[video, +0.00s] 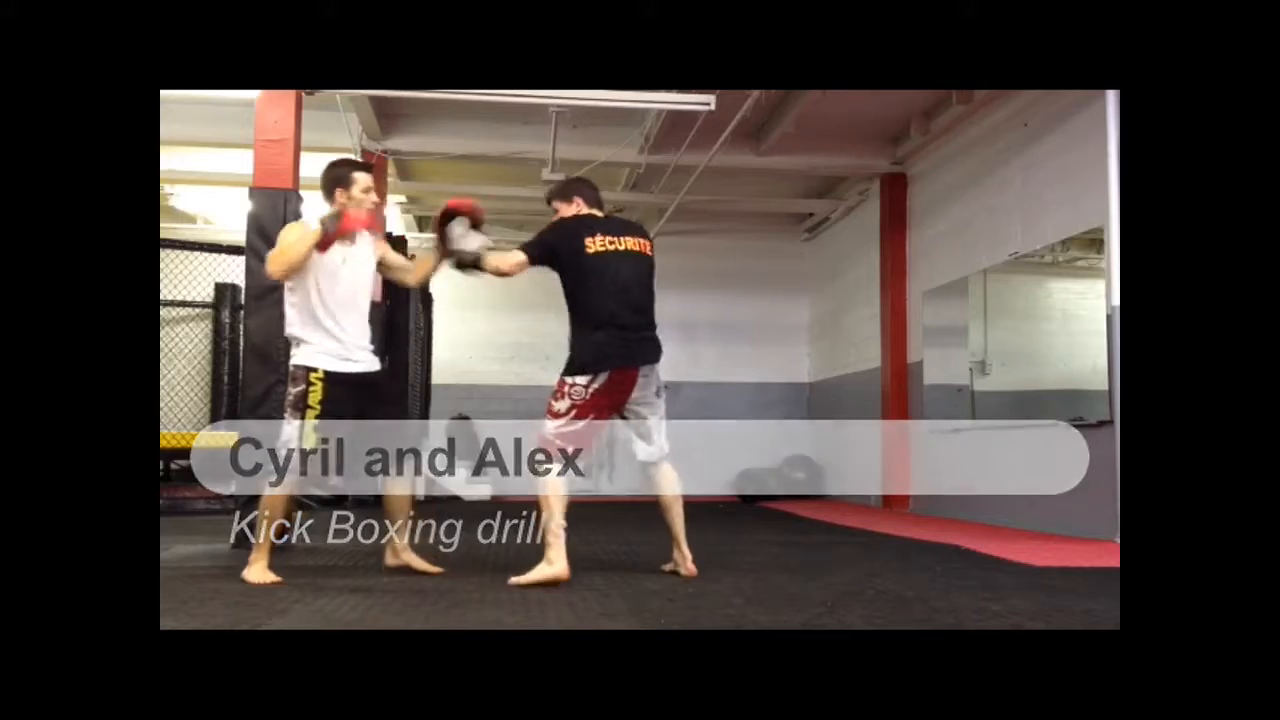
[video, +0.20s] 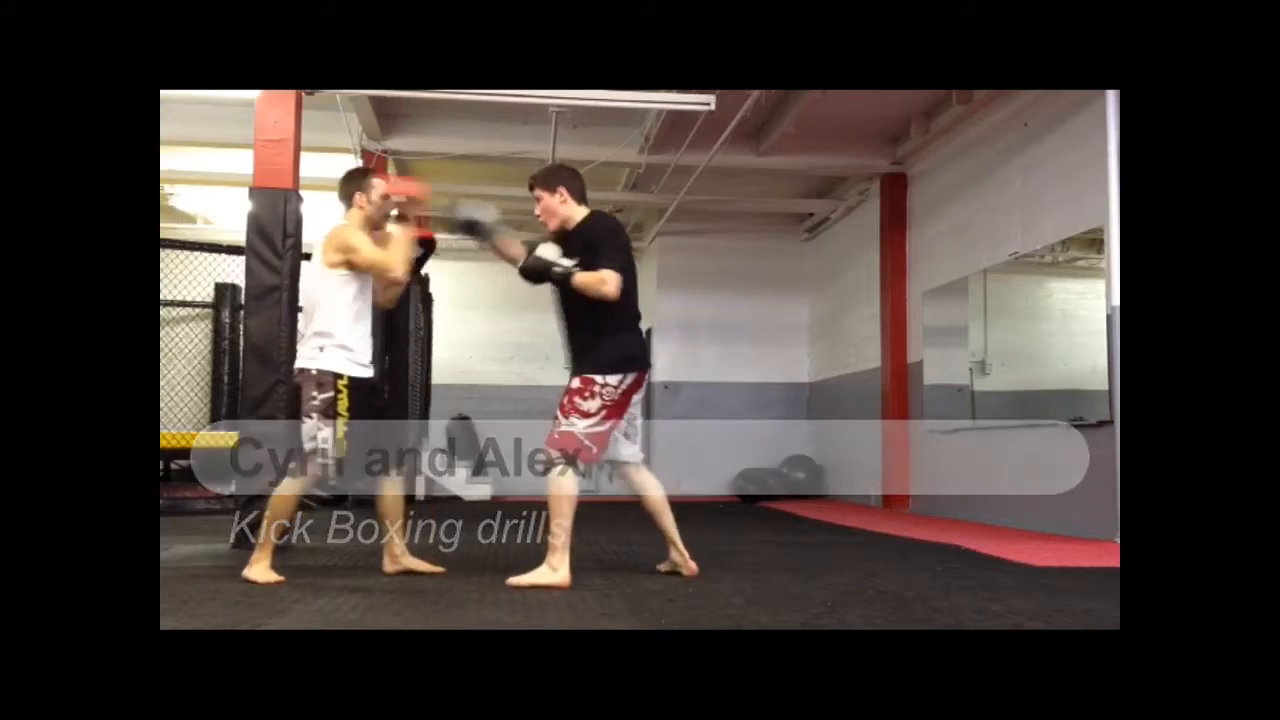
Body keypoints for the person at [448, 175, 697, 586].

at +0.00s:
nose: (555, 216)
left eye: (556, 209)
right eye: (554, 210)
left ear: (577, 203)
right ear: (593, 203)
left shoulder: (565, 230)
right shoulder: (637, 232)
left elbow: (507, 265)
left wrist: (472, 253)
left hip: (595, 358)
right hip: (645, 356)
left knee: (549, 452)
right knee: (657, 456)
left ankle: (555, 558)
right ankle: (683, 555)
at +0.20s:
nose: (536, 212)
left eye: (539, 202)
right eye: (535, 203)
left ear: (563, 195)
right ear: (559, 197)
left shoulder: (602, 228)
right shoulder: (568, 238)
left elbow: (610, 286)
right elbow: (530, 265)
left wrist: (559, 269)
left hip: (610, 364)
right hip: (613, 363)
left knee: (560, 452)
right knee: (627, 461)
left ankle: (557, 564)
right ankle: (680, 554)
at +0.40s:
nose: (550, 200)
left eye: (553, 191)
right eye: (550, 192)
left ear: (574, 189)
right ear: (582, 190)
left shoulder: (594, 230)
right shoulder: (610, 228)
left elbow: (564, 285)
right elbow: (569, 283)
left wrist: (539, 253)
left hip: (597, 360)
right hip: (623, 359)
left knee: (565, 453)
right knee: (599, 453)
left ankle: (557, 562)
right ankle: (635, 549)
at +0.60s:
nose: (603, 205)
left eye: (605, 198)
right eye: (604, 199)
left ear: (624, 194)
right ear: (643, 199)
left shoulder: (609, 220)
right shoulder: (673, 244)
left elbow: (549, 240)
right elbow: (641, 280)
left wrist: (504, 244)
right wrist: (596, 265)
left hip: (587, 339)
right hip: (635, 357)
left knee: (501, 379)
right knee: (621, 456)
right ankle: (619, 554)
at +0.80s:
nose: (625, 210)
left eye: (628, 202)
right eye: (625, 203)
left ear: (649, 200)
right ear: (664, 205)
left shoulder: (634, 225)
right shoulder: (693, 252)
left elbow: (616, 263)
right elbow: (663, 297)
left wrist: (567, 276)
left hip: (596, 345)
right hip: (644, 364)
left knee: (518, 385)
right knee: (642, 457)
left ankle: (460, 448)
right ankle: (622, 554)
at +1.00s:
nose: (607, 219)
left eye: (610, 211)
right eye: (607, 212)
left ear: (631, 211)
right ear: (647, 213)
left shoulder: (618, 241)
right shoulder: (690, 249)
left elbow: (547, 243)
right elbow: (715, 317)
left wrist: (494, 239)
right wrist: (679, 301)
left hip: (641, 368)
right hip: (689, 369)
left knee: (594, 456)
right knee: (695, 451)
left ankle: (608, 555)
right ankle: (703, 532)